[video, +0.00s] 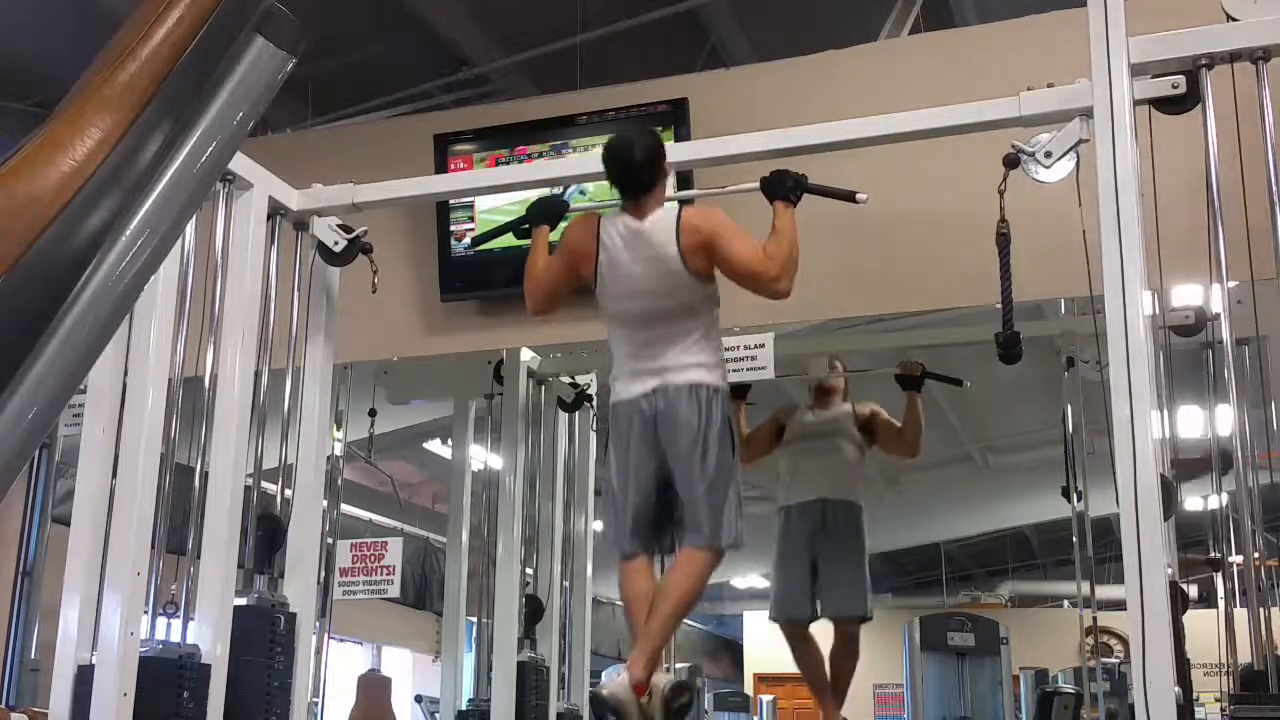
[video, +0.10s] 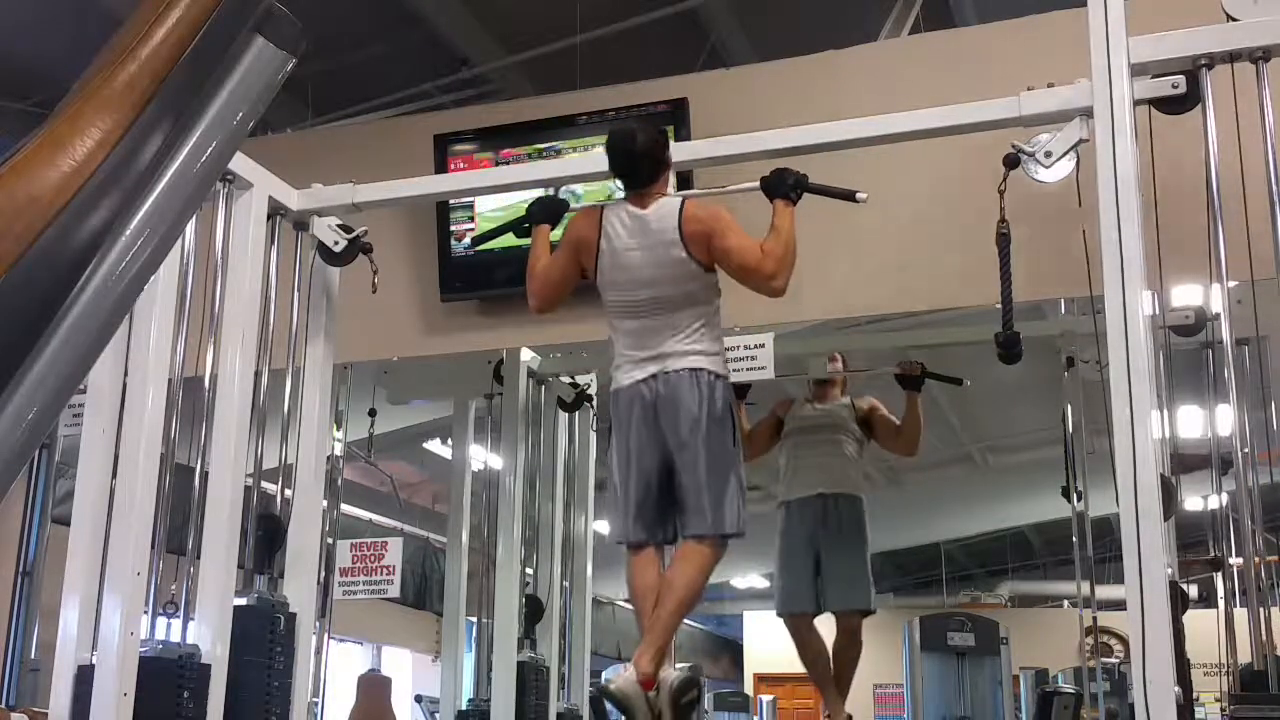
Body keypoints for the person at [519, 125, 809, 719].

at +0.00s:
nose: (665, 159)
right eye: (663, 153)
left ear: (610, 181)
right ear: (663, 169)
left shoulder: (587, 233)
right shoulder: (700, 222)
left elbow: (538, 298)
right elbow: (777, 278)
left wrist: (539, 230)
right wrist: (785, 206)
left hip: (630, 404)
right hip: (695, 398)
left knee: (633, 541)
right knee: (703, 537)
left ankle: (654, 676)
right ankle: (635, 674)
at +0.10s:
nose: (670, 154)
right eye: (668, 148)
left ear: (614, 174)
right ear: (667, 163)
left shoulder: (588, 226)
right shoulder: (700, 217)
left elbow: (541, 296)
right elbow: (773, 275)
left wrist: (540, 230)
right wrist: (784, 204)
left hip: (631, 393)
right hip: (696, 386)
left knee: (642, 537)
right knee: (704, 533)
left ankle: (661, 673)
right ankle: (640, 670)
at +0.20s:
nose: (666, 171)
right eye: (665, 164)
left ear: (612, 188)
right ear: (665, 177)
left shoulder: (590, 242)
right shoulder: (700, 231)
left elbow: (540, 302)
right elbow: (781, 280)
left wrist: (541, 230)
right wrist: (785, 206)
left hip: (631, 409)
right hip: (695, 404)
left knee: (644, 555)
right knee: (709, 550)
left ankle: (665, 690)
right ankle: (648, 685)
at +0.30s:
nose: (667, 206)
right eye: (665, 199)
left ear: (611, 219)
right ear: (664, 212)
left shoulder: (590, 272)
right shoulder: (699, 261)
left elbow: (540, 306)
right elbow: (787, 282)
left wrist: (542, 235)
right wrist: (786, 209)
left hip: (629, 451)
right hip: (694, 445)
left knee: (640, 596)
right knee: (709, 593)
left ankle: (659, 716)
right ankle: (651, 713)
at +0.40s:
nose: (667, 243)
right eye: (665, 237)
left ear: (611, 259)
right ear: (665, 250)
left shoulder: (590, 305)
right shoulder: (698, 295)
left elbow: (543, 303)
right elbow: (785, 289)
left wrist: (543, 235)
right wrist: (785, 209)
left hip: (630, 487)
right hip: (697, 481)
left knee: (632, 632)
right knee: (713, 629)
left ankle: (650, 719)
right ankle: (654, 716)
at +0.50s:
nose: (672, 282)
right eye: (668, 275)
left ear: (610, 292)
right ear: (666, 284)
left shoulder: (591, 334)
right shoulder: (700, 326)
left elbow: (546, 301)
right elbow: (781, 293)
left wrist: (543, 234)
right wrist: (784, 210)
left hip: (629, 516)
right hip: (695, 512)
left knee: (626, 663)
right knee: (706, 658)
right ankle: (657, 717)